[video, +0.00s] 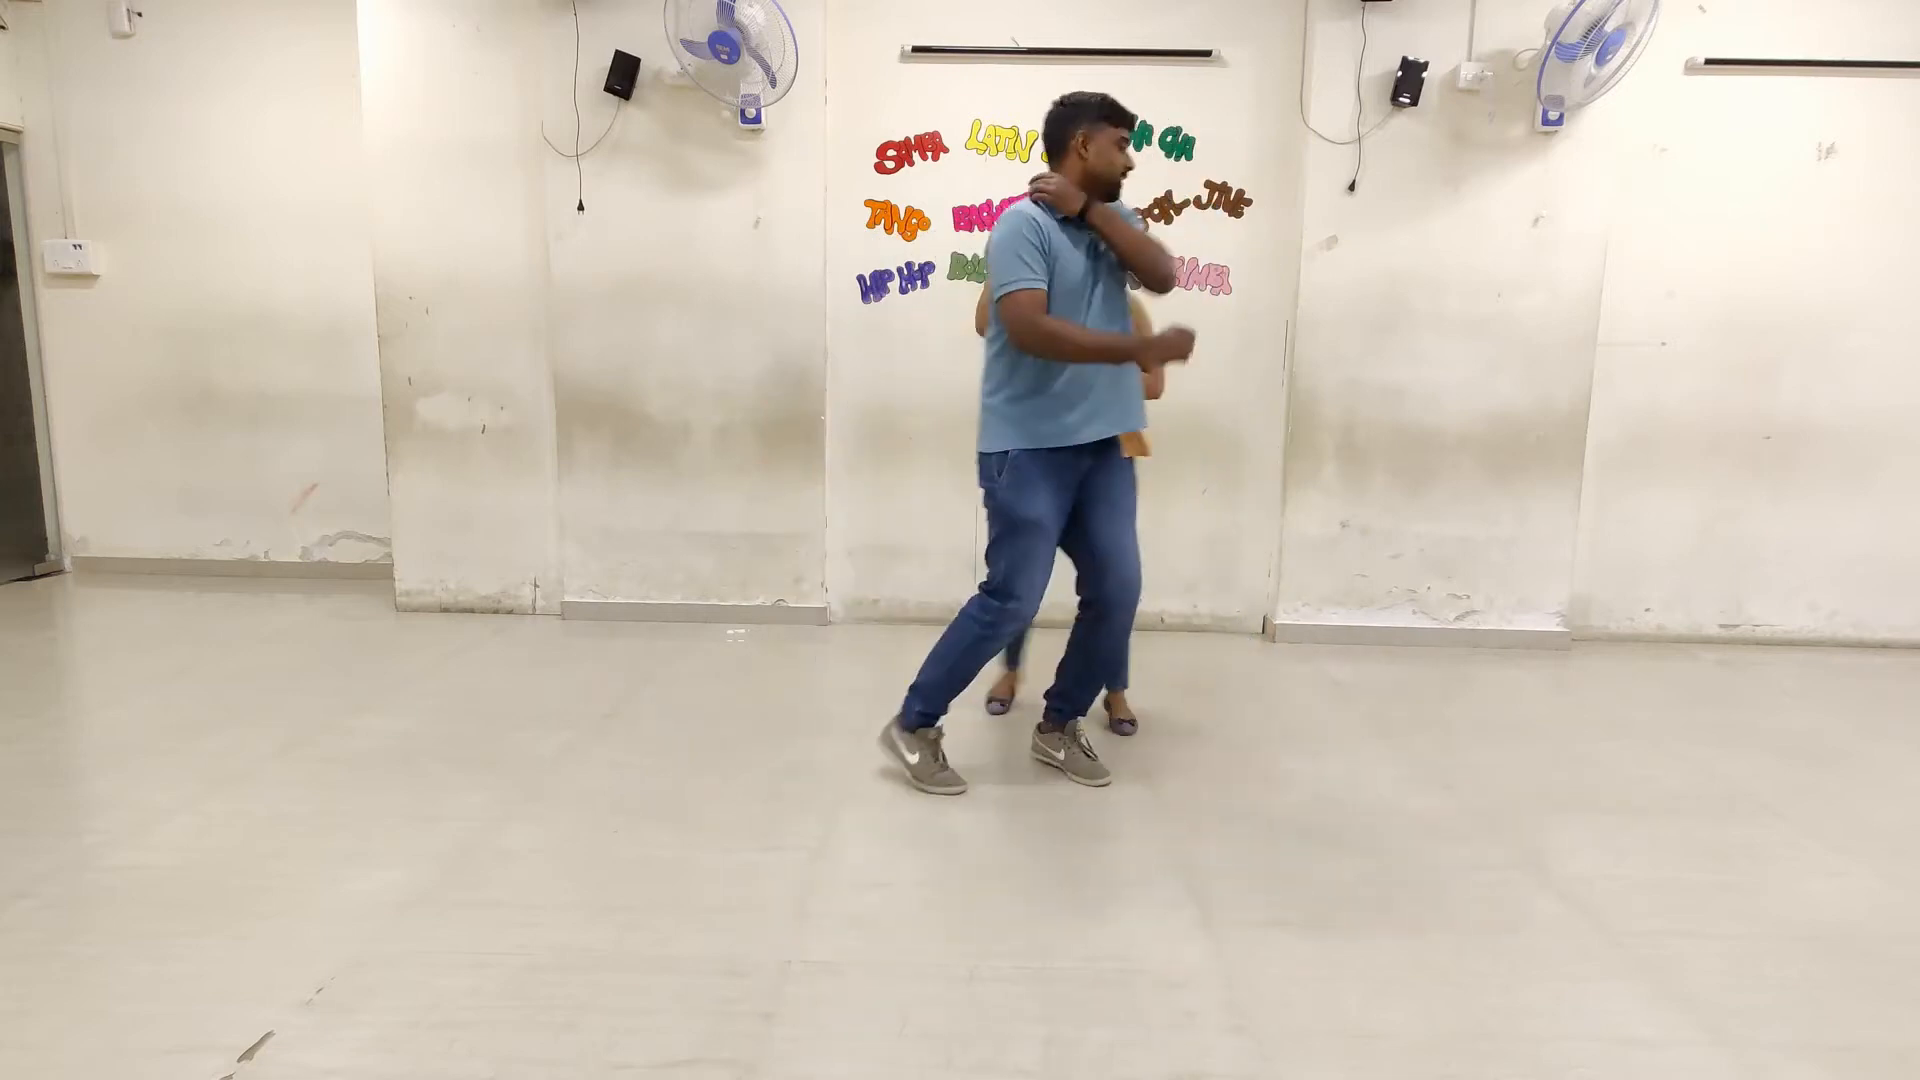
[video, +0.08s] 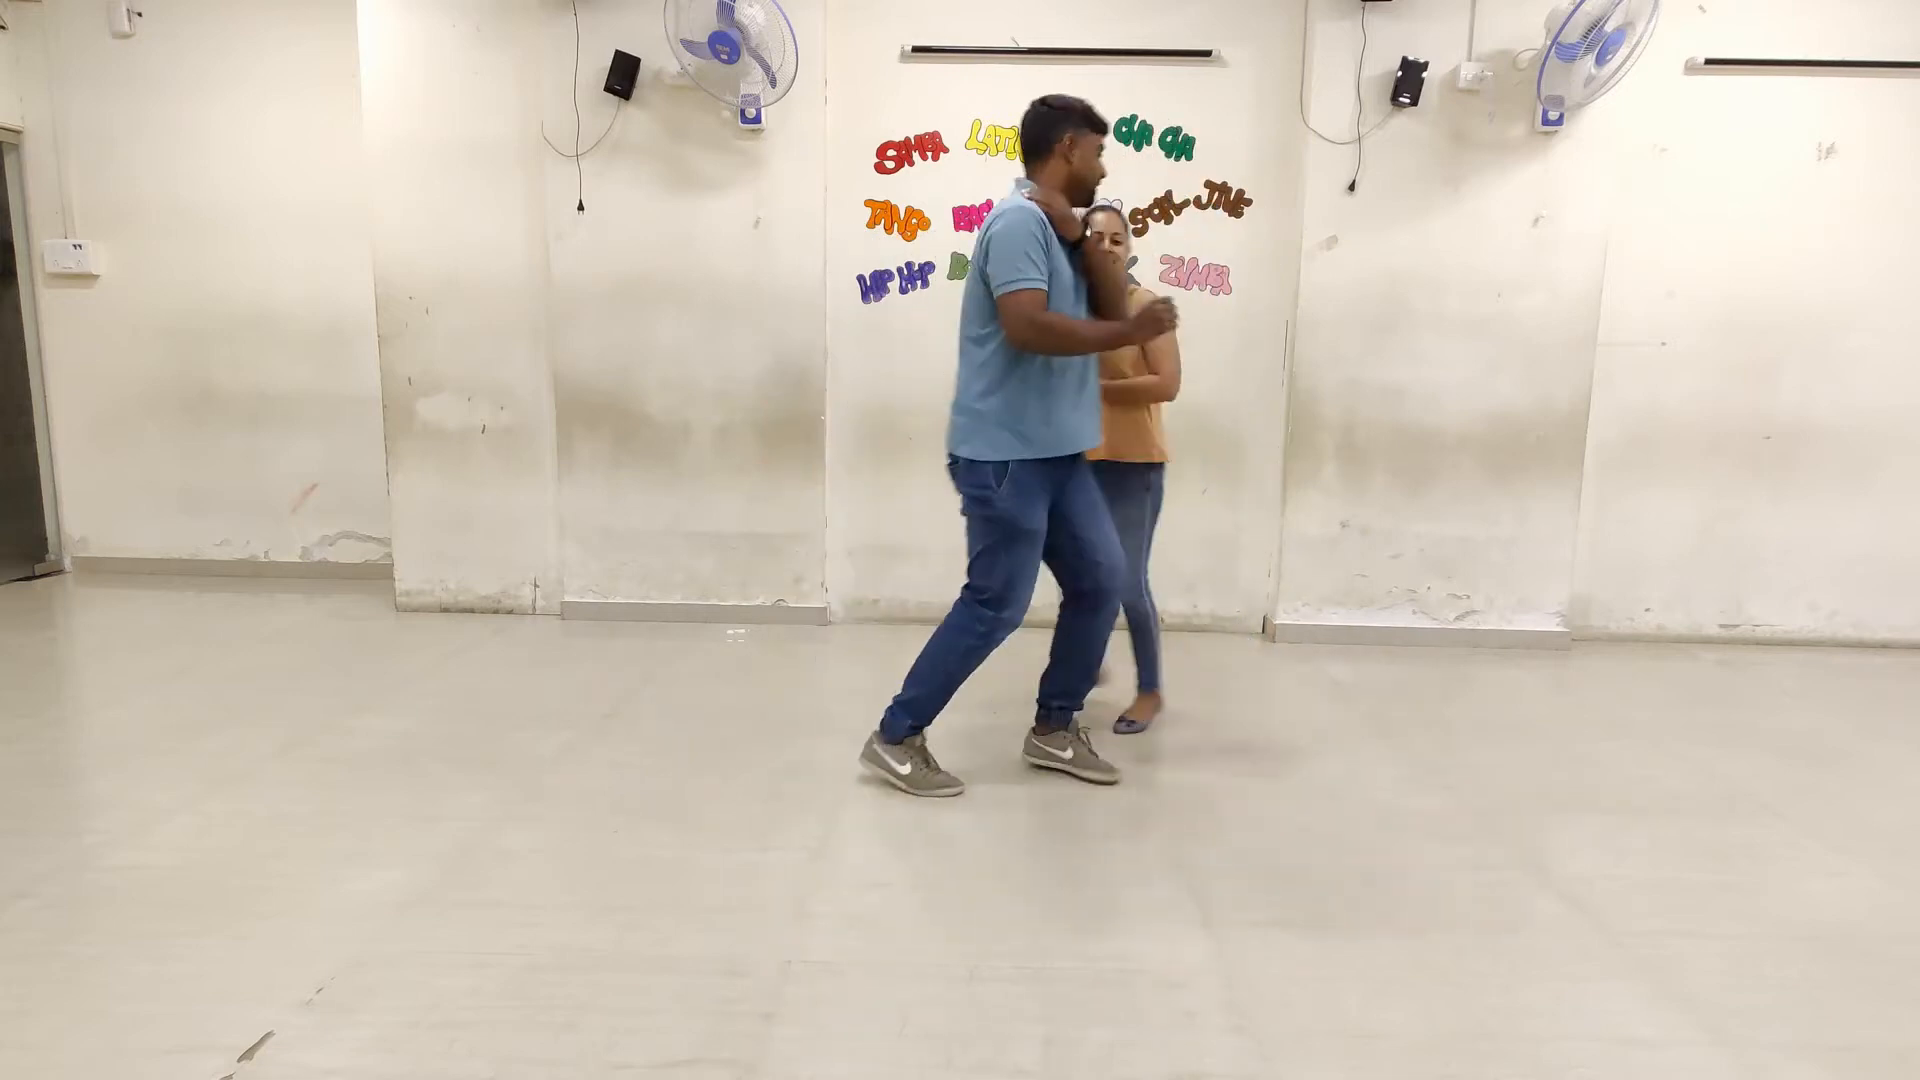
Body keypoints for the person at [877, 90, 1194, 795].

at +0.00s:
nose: (1130, 157)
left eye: (1130, 146)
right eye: (1120, 144)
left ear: (1088, 152)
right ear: (1078, 146)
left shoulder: (1114, 227)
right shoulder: (1021, 224)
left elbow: (1164, 275)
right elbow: (1026, 328)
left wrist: (1086, 207)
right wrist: (1139, 347)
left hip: (1102, 446)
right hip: (1026, 446)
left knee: (1118, 589)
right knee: (1014, 597)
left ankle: (1058, 724)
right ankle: (913, 725)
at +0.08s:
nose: (1104, 169)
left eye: (1103, 156)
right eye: (1098, 155)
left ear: (1057, 153)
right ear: (1066, 150)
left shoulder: (1069, 234)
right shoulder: (1017, 222)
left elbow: (1110, 320)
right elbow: (1025, 324)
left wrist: (1103, 262)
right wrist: (1128, 333)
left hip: (1058, 452)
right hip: (1001, 452)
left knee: (1102, 581)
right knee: (995, 603)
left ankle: (1055, 728)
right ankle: (895, 736)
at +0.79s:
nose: (1038, 176)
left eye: (1037, 163)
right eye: (1032, 163)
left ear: (987, 164)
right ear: (1002, 162)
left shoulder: (952, 220)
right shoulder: (978, 226)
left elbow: (1044, 307)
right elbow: (1056, 314)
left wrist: (1116, 294)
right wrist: (1153, 283)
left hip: (917, 422)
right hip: (952, 427)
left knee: (967, 566)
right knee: (1022, 565)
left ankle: (926, 706)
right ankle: (1037, 729)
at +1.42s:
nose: (999, 225)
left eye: (1000, 215)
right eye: (999, 214)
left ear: (936, 198)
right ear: (984, 204)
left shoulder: (866, 245)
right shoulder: (991, 268)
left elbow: (805, 329)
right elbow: (1019, 381)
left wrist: (805, 431)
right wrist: (1066, 382)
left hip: (854, 443)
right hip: (929, 453)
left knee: (893, 563)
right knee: (950, 604)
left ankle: (913, 681)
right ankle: (885, 745)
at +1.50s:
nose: (998, 225)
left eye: (999, 215)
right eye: (999, 214)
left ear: (935, 197)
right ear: (983, 204)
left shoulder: (866, 245)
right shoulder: (989, 266)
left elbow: (804, 329)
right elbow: (1020, 376)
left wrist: (806, 432)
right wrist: (1064, 364)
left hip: (852, 444)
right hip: (928, 454)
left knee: (889, 563)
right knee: (949, 604)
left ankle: (913, 681)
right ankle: (884, 746)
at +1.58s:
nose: (1002, 224)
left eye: (1003, 214)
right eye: (1003, 213)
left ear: (941, 193)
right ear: (986, 199)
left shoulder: (869, 241)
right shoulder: (988, 257)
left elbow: (808, 323)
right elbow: (1020, 365)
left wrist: (822, 419)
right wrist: (1060, 337)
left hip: (855, 437)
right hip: (927, 448)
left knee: (905, 570)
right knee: (945, 602)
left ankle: (921, 680)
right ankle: (884, 748)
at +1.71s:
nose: (1008, 232)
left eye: (1010, 220)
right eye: (1011, 219)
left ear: (952, 199)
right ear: (994, 205)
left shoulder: (881, 246)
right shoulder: (988, 260)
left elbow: (824, 332)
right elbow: (1014, 372)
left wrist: (853, 405)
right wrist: (1059, 359)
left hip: (858, 440)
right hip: (924, 451)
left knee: (939, 567)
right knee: (948, 603)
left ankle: (938, 693)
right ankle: (885, 747)